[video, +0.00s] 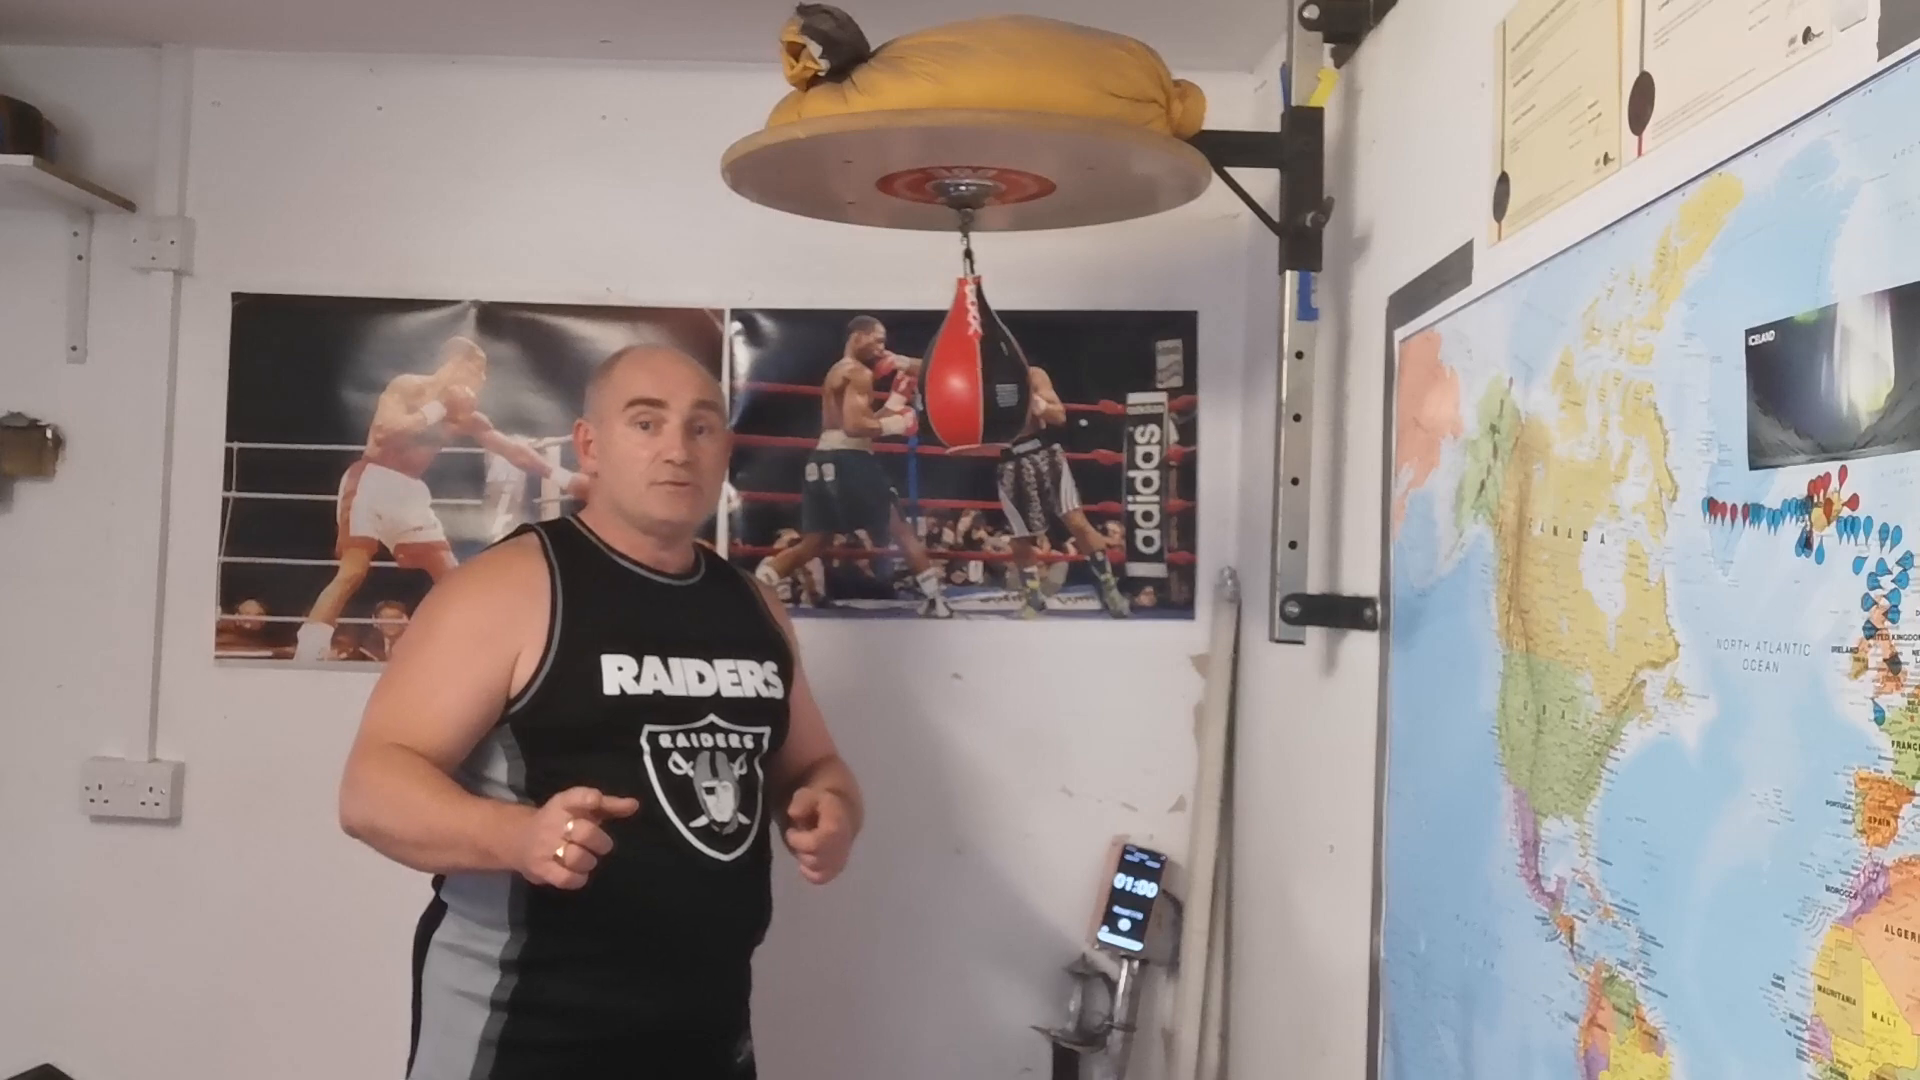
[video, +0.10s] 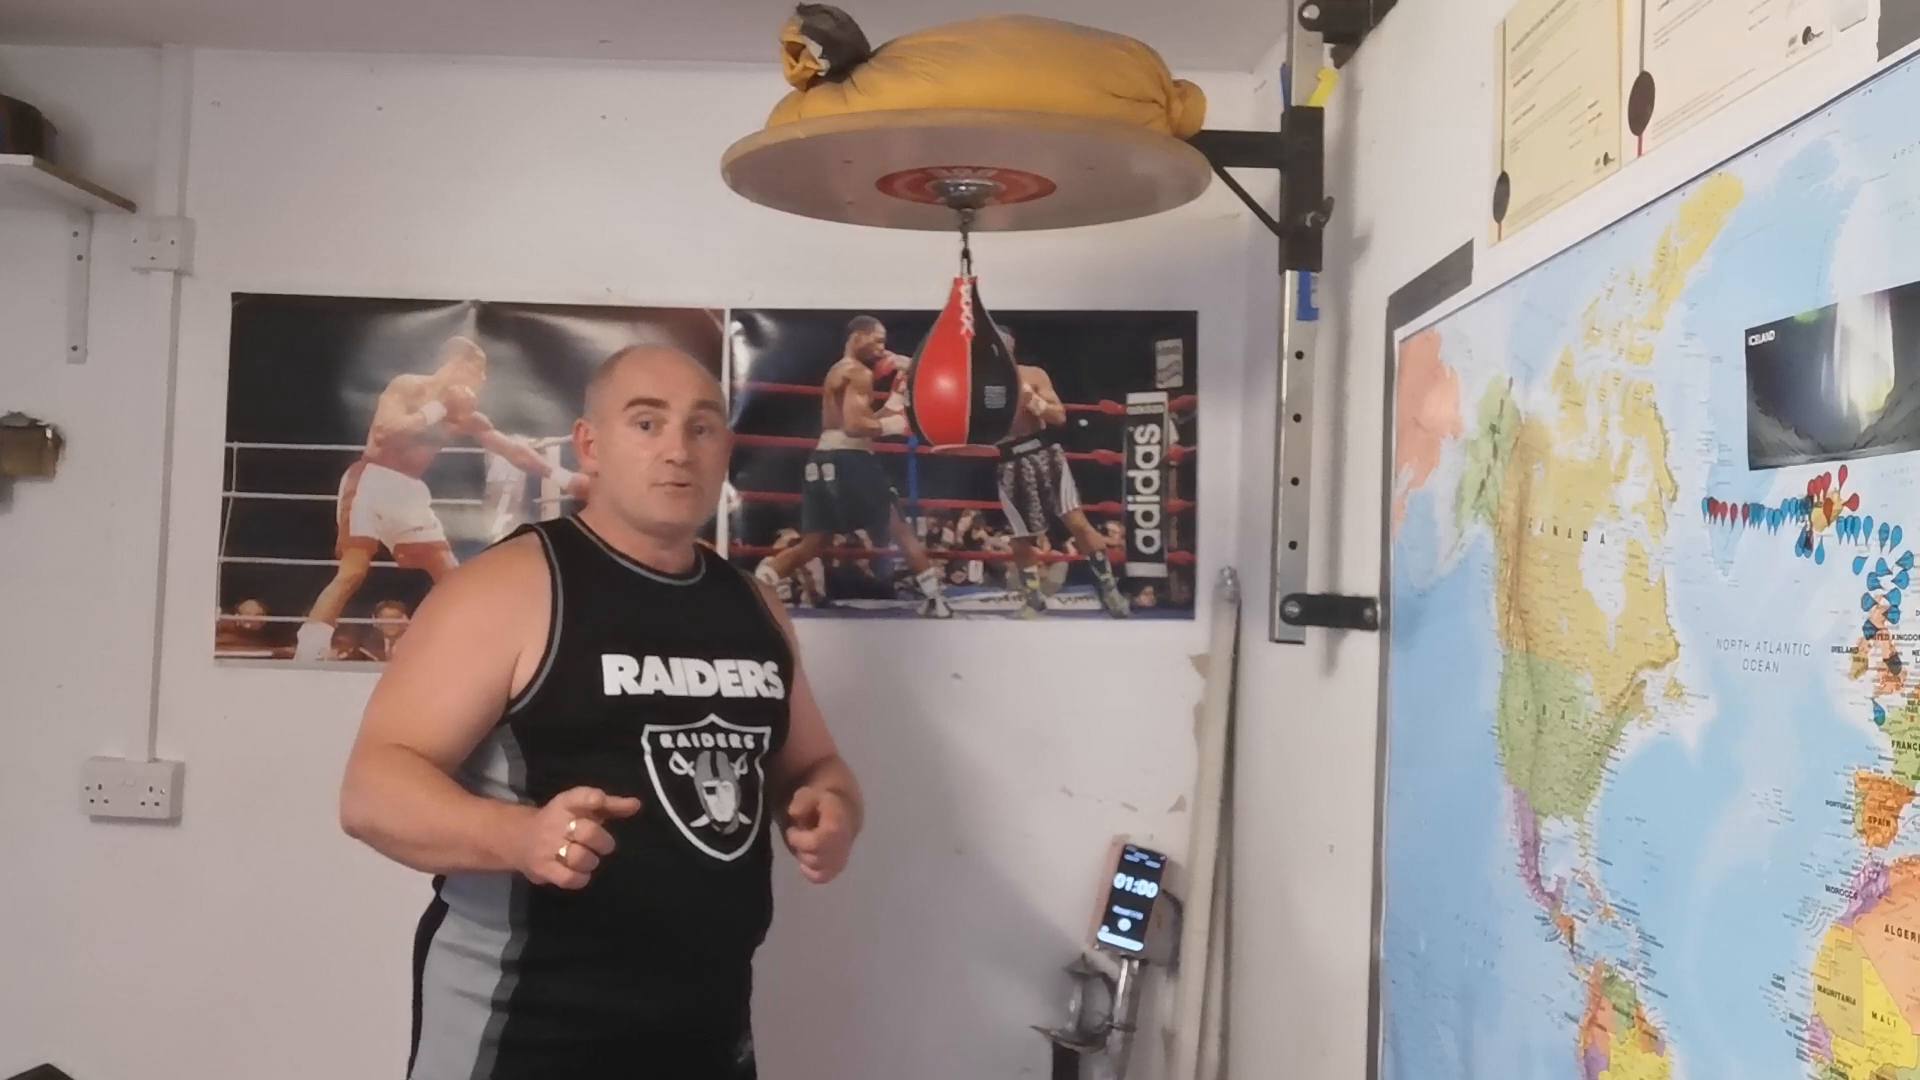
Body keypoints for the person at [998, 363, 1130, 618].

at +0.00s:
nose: (1001, 359)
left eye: (1004, 352)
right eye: (994, 356)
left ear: (1013, 352)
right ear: (987, 362)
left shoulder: (1034, 376)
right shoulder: (982, 387)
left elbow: (1059, 416)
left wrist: (1043, 408)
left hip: (1047, 456)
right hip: (1011, 465)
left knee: (1076, 522)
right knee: (1021, 536)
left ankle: (1110, 590)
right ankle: (1032, 599)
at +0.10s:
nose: (996, 353)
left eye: (1000, 346)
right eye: (991, 348)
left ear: (1011, 346)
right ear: (985, 353)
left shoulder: (1034, 375)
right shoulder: (982, 383)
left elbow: (1059, 416)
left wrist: (1039, 406)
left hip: (1046, 456)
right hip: (1011, 465)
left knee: (1075, 522)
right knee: (1022, 538)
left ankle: (1108, 589)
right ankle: (1033, 600)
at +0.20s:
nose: (996, 355)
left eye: (1000, 348)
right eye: (992, 350)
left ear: (1011, 348)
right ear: (985, 353)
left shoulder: (1033, 375)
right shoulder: (983, 384)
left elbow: (1059, 416)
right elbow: (978, 426)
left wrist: (1036, 403)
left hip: (1045, 456)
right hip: (1011, 464)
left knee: (1076, 522)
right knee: (1023, 537)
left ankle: (1109, 589)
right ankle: (1033, 598)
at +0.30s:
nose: (989, 348)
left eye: (993, 341)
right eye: (984, 343)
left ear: (1008, 345)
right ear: (981, 351)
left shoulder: (1034, 375)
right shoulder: (982, 384)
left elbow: (1059, 415)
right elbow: (976, 425)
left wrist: (1034, 401)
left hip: (1045, 456)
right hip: (1011, 464)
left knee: (1075, 521)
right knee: (1021, 537)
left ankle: (1109, 588)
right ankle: (1033, 598)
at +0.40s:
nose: (986, 346)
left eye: (991, 339)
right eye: (983, 341)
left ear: (1009, 345)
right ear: (980, 350)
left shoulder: (1033, 375)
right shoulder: (981, 385)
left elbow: (1059, 416)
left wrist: (1033, 401)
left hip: (1046, 456)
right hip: (1011, 464)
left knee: (1076, 522)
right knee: (1021, 537)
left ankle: (1109, 588)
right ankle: (1032, 598)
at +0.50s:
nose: (994, 352)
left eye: (998, 345)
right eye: (989, 347)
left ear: (1010, 347)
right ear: (983, 352)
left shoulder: (1034, 375)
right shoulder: (983, 383)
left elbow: (1059, 415)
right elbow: (979, 425)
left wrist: (1036, 403)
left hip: (1046, 456)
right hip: (1011, 464)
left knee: (1076, 522)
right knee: (1022, 537)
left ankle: (1109, 588)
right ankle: (1032, 597)